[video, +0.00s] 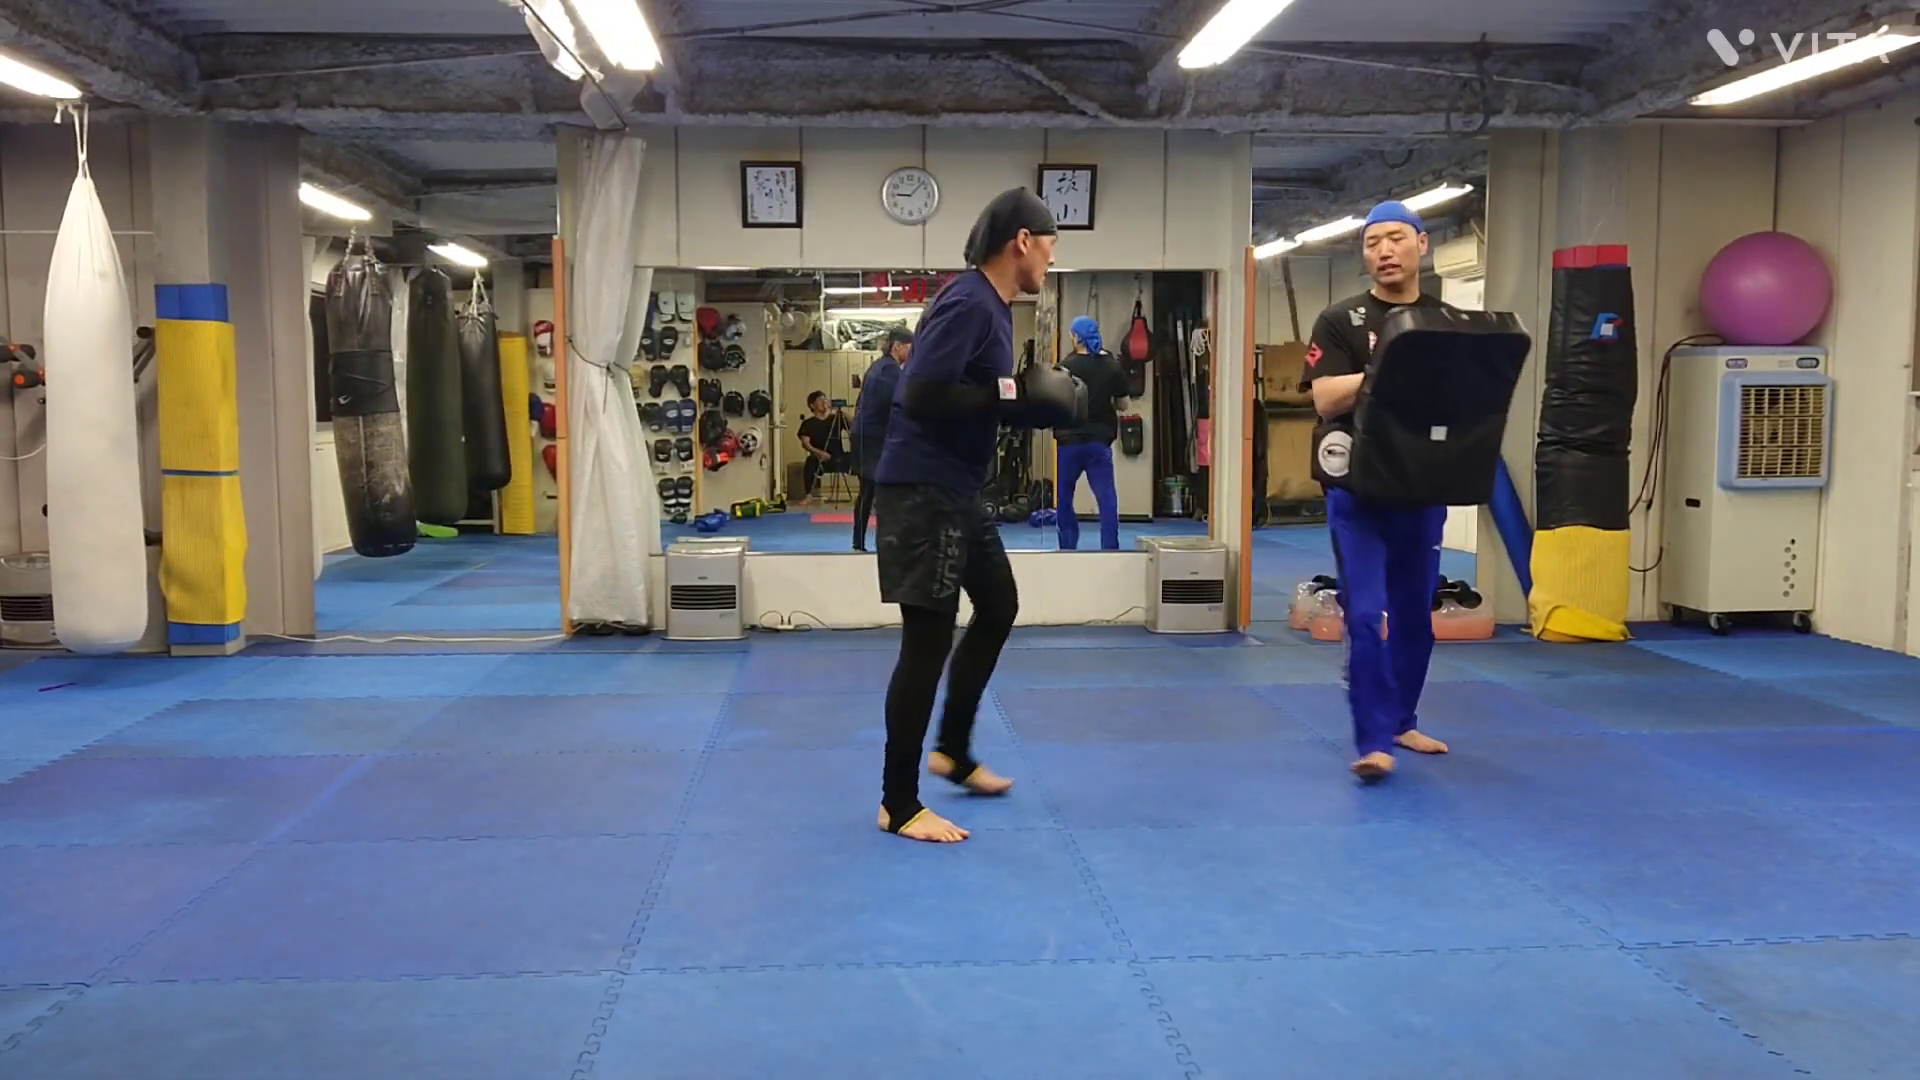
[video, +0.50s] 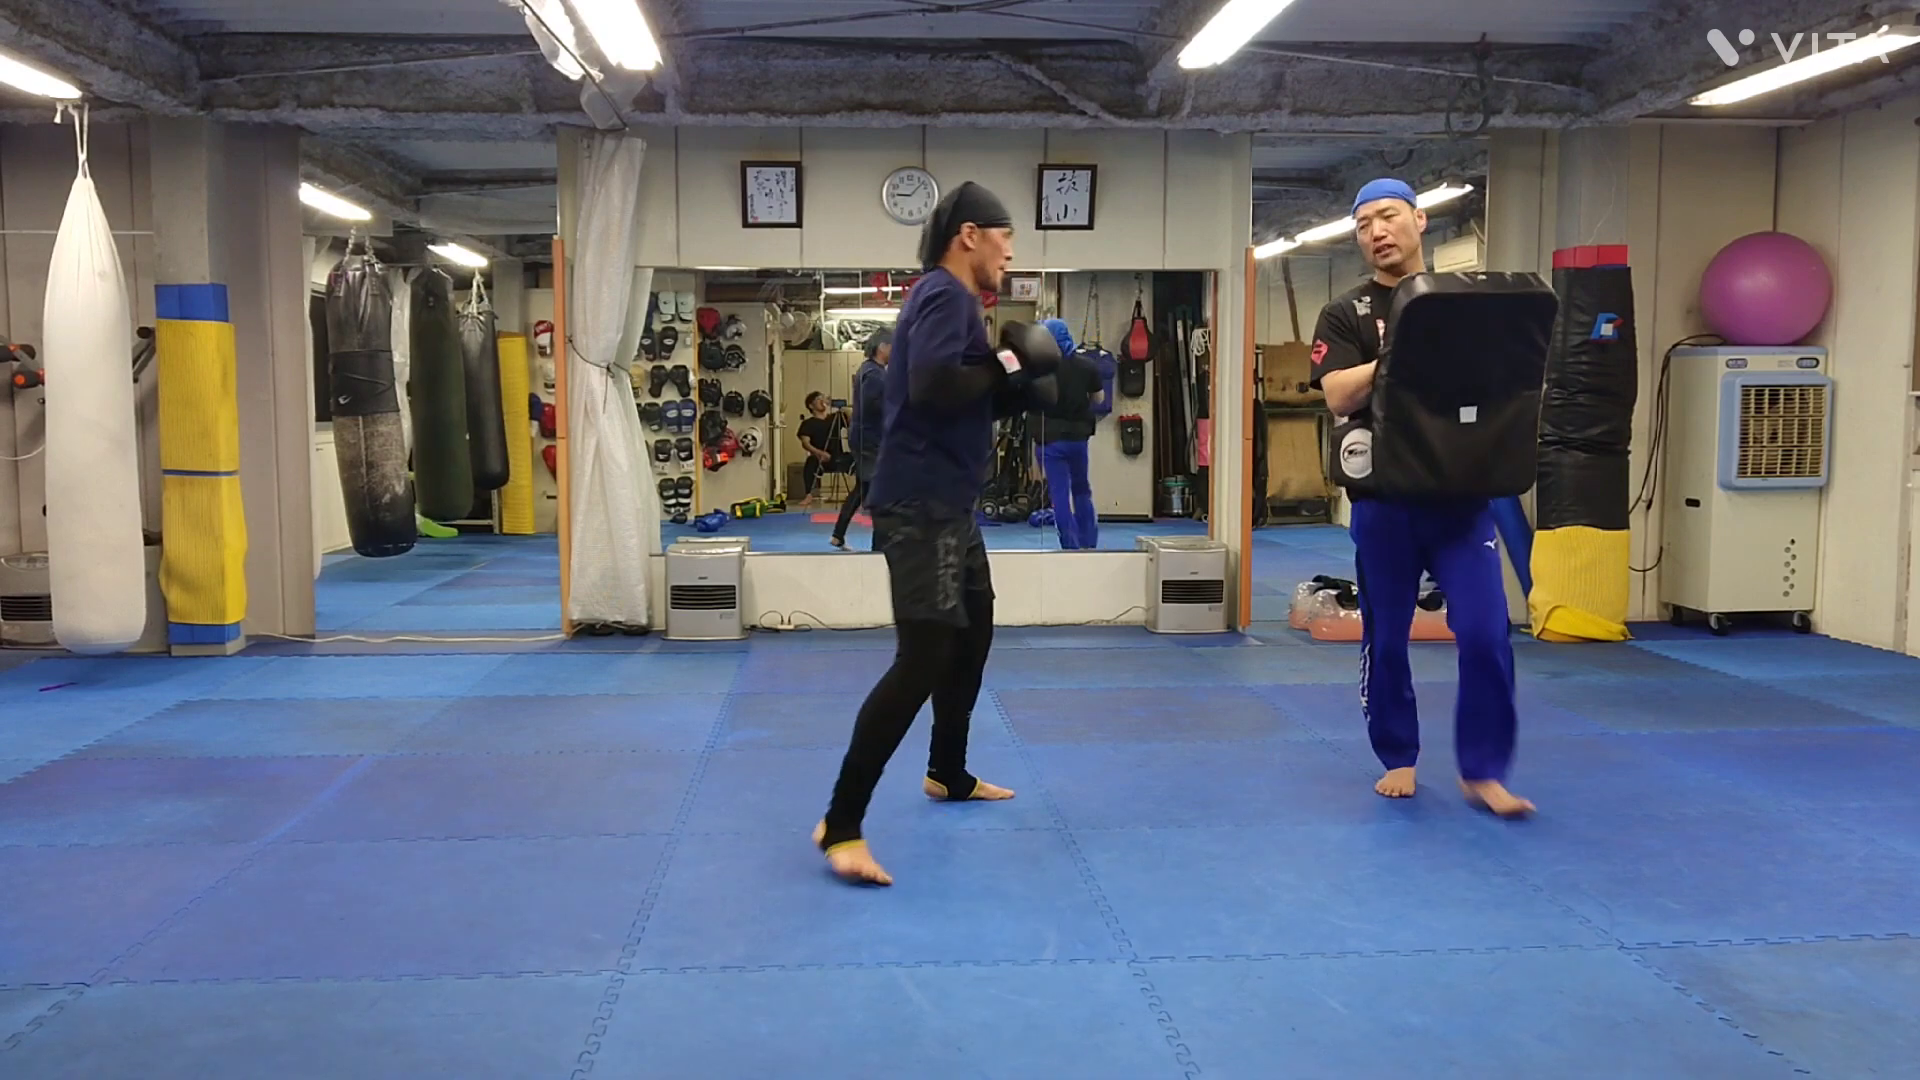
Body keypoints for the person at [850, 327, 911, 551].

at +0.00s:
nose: (910, 353)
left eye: (910, 349)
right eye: (909, 348)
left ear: (895, 346)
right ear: (897, 346)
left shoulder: (878, 366)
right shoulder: (890, 369)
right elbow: (901, 400)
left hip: (866, 434)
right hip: (875, 437)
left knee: (867, 490)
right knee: (871, 489)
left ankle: (859, 540)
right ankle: (859, 540)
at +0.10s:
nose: (910, 352)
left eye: (910, 347)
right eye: (907, 347)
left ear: (893, 347)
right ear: (895, 346)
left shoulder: (877, 367)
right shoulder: (889, 369)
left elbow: (866, 401)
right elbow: (886, 400)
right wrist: (907, 411)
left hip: (866, 436)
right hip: (877, 438)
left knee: (872, 490)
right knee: (880, 490)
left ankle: (861, 540)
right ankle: (878, 543)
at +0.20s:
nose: (910, 354)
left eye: (910, 349)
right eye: (908, 349)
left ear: (893, 349)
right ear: (895, 348)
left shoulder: (877, 369)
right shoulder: (887, 371)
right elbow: (885, 401)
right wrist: (909, 403)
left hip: (867, 437)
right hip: (877, 439)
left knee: (876, 489)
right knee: (884, 490)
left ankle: (861, 538)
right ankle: (878, 545)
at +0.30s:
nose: (907, 353)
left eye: (907, 348)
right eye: (905, 347)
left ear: (891, 348)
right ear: (893, 348)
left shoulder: (875, 368)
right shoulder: (884, 372)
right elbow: (886, 403)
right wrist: (909, 403)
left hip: (868, 436)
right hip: (876, 439)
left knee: (872, 486)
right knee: (879, 488)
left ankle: (854, 533)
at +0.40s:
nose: (901, 350)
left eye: (901, 346)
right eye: (899, 345)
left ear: (886, 347)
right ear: (887, 347)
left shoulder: (875, 367)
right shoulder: (879, 371)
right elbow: (887, 404)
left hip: (874, 436)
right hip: (872, 437)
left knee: (877, 486)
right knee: (870, 484)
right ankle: (844, 533)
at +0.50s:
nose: (891, 351)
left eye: (891, 347)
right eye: (888, 347)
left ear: (876, 350)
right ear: (877, 349)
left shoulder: (865, 370)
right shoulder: (875, 375)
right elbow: (879, 407)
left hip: (862, 439)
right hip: (871, 441)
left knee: (861, 488)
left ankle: (838, 535)